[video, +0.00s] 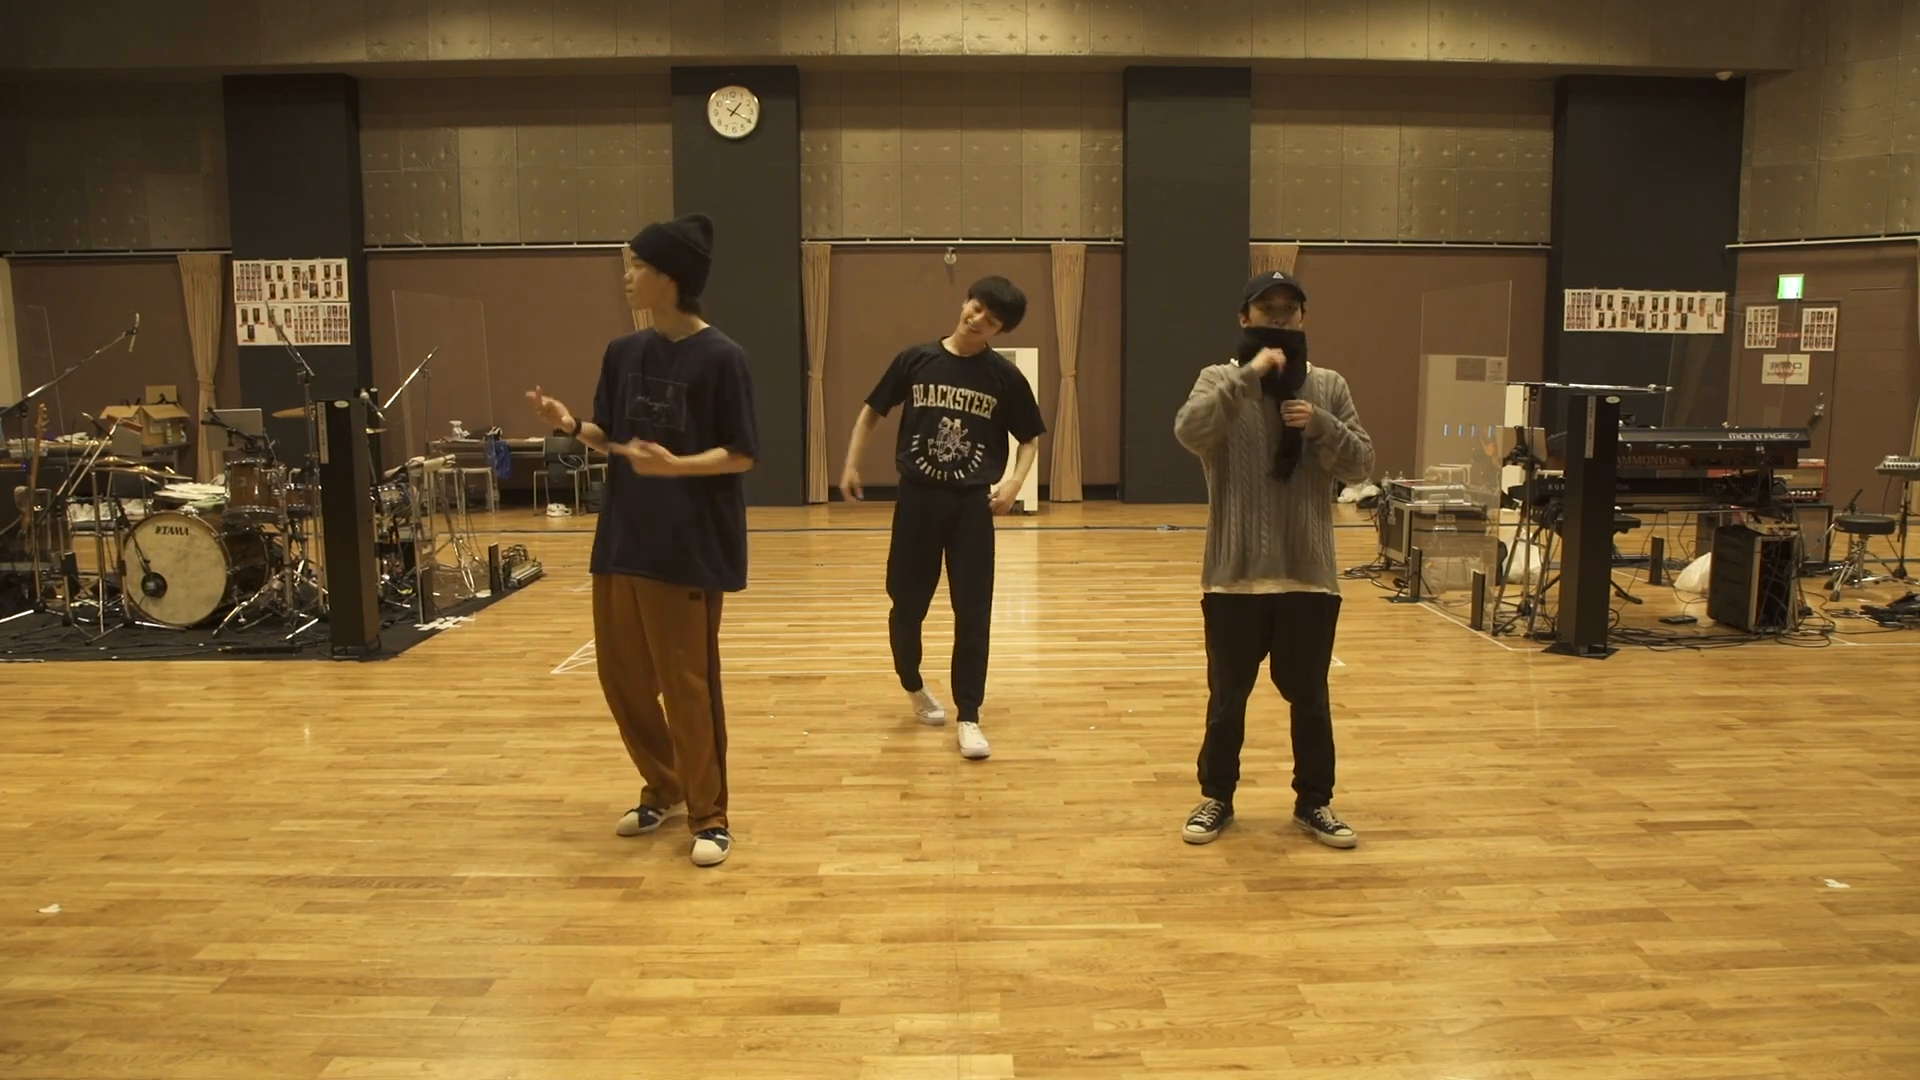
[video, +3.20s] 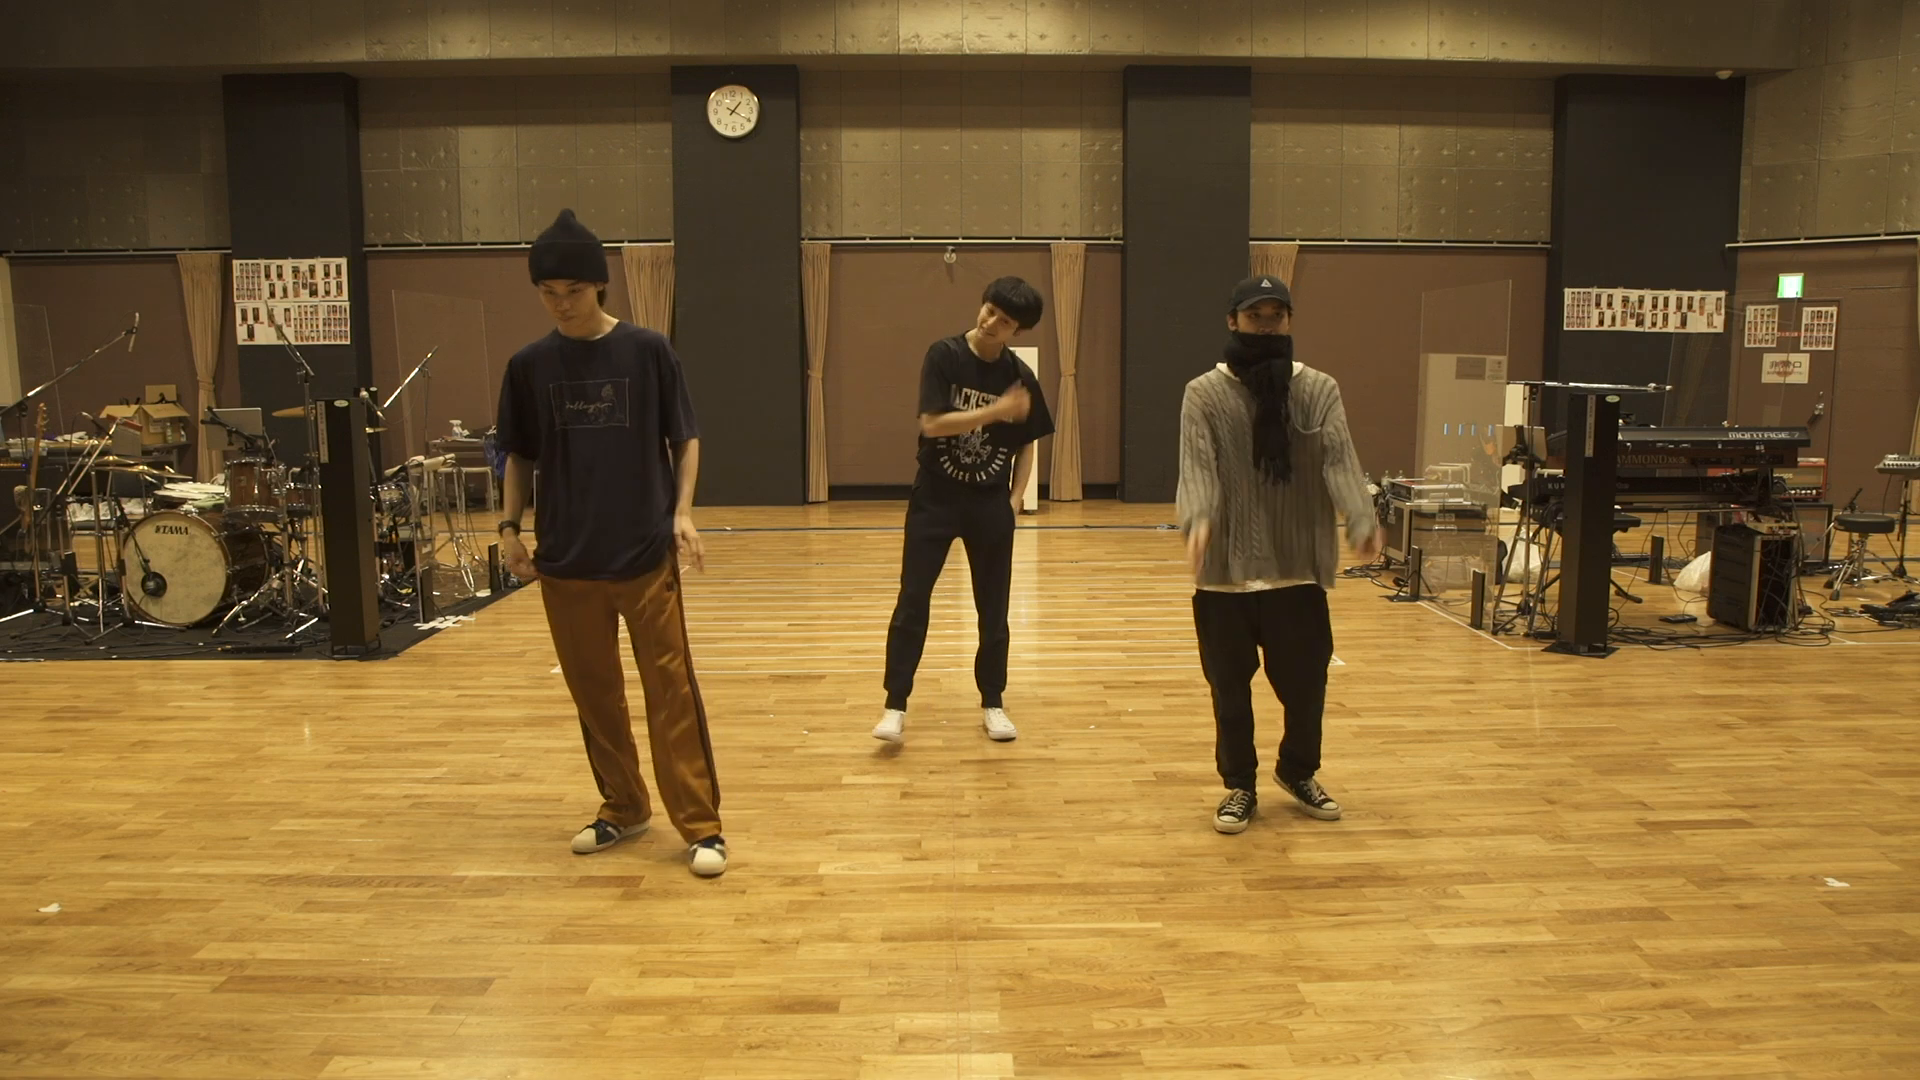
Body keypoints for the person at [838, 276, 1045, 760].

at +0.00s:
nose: (978, 320)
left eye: (991, 321)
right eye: (978, 308)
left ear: (1001, 332)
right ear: (965, 302)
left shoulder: (1006, 380)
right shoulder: (914, 361)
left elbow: (1031, 437)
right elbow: (872, 411)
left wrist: (1014, 482)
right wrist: (851, 465)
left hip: (972, 509)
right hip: (917, 504)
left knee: (974, 613)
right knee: (907, 606)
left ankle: (969, 718)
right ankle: (914, 687)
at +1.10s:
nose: (913, 337)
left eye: (922, 330)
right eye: (907, 328)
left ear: (939, 329)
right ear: (897, 324)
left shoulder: (961, 372)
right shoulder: (881, 375)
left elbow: (976, 438)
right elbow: (873, 441)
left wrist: (961, 496)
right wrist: (879, 496)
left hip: (947, 502)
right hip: (896, 504)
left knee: (960, 601)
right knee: (906, 600)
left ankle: (971, 700)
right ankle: (924, 688)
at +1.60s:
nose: (871, 313)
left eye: (879, 303)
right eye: (863, 307)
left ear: (896, 308)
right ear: (855, 317)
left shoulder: (929, 355)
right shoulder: (863, 381)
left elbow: (967, 411)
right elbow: (868, 443)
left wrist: (957, 475)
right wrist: (848, 433)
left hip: (939, 490)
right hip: (893, 498)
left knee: (976, 578)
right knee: (903, 587)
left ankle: (1012, 663)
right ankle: (918, 685)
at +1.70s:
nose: (872, 314)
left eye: (879, 304)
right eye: (863, 307)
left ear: (896, 308)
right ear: (855, 317)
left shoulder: (928, 353)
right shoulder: (861, 376)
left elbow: (967, 410)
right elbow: (855, 446)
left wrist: (955, 473)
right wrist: (855, 388)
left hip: (941, 488)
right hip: (894, 496)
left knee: (983, 580)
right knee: (902, 591)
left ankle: (1022, 673)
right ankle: (917, 685)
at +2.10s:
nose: (901, 315)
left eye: (910, 309)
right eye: (897, 308)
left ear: (931, 316)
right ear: (889, 312)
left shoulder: (956, 365)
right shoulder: (878, 361)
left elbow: (978, 427)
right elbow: (885, 397)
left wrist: (968, 481)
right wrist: (901, 332)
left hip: (952, 492)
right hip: (901, 496)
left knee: (982, 586)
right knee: (909, 594)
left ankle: (1011, 683)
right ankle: (920, 686)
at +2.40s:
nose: (949, 312)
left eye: (960, 308)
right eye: (945, 303)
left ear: (975, 320)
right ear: (934, 307)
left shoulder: (987, 376)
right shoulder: (910, 358)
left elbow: (1000, 443)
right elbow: (925, 402)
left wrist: (987, 499)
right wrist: (960, 346)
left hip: (968, 498)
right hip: (917, 496)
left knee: (982, 599)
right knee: (917, 596)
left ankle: (993, 702)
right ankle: (919, 686)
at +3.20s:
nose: (992, 321)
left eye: (1005, 320)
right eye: (991, 310)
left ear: (1018, 330)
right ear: (981, 304)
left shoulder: (1020, 378)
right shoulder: (943, 355)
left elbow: (1028, 441)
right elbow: (931, 423)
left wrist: (1014, 496)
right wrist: (996, 411)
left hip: (990, 506)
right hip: (934, 500)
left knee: (994, 610)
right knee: (912, 602)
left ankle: (993, 705)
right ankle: (895, 707)